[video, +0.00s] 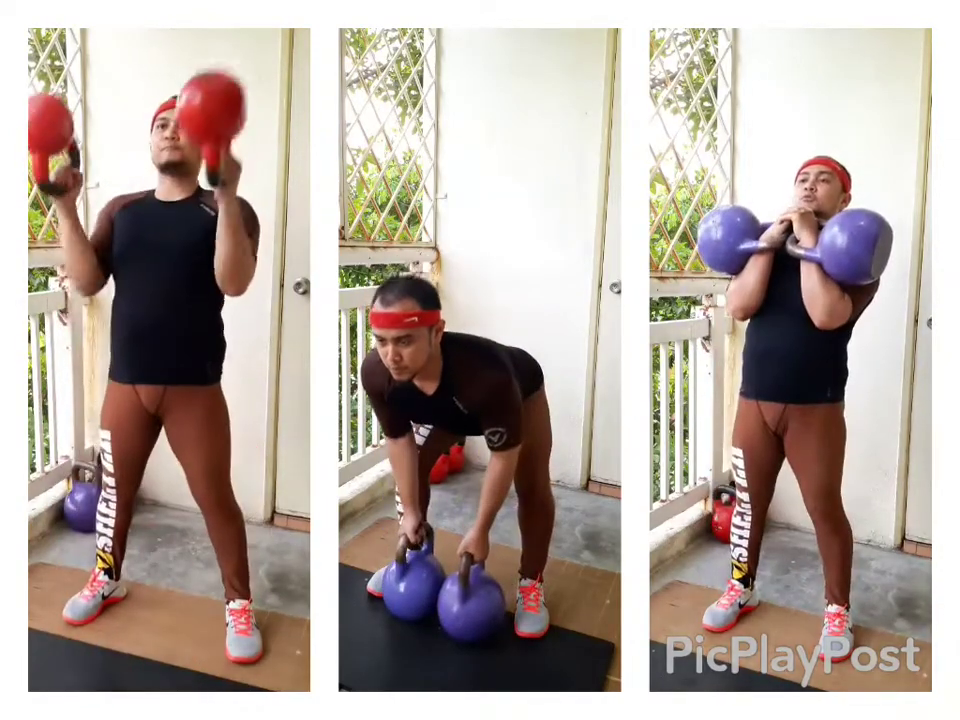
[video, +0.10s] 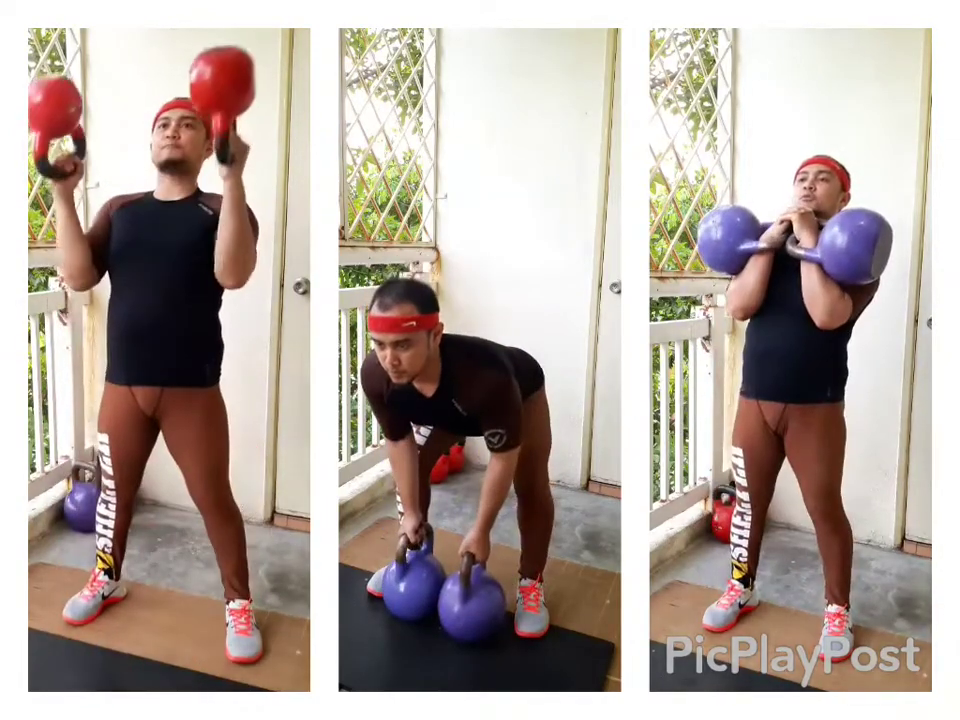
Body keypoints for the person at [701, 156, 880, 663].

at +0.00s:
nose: (809, 186)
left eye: (822, 180)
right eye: (802, 180)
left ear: (845, 198)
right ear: (791, 194)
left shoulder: (854, 257)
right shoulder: (768, 245)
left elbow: (828, 315)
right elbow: (738, 306)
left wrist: (806, 243)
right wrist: (768, 244)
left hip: (814, 407)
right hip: (754, 400)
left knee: (825, 513)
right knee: (749, 502)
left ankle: (836, 609)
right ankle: (740, 586)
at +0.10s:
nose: (807, 186)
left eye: (821, 179)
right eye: (801, 179)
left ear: (845, 197)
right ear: (791, 194)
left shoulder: (853, 257)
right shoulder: (768, 244)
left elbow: (829, 315)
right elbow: (738, 306)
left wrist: (807, 243)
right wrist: (768, 243)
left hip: (814, 406)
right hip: (754, 399)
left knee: (825, 512)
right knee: (749, 502)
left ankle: (836, 609)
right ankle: (740, 586)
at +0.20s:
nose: (807, 185)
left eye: (820, 179)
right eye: (801, 179)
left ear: (845, 196)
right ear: (791, 193)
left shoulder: (853, 256)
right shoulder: (768, 244)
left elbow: (828, 315)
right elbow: (737, 306)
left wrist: (806, 242)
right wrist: (768, 244)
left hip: (814, 406)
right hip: (754, 399)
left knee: (825, 512)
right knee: (749, 501)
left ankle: (836, 609)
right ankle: (740, 586)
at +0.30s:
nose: (807, 185)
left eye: (820, 179)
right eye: (801, 179)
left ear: (845, 196)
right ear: (791, 193)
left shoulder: (853, 257)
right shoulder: (768, 244)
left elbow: (828, 314)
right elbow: (736, 305)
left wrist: (805, 242)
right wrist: (768, 244)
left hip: (814, 407)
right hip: (755, 400)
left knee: (825, 512)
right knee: (749, 502)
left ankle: (836, 609)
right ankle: (740, 586)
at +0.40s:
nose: (806, 185)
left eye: (820, 179)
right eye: (800, 179)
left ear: (844, 196)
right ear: (790, 193)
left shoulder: (854, 257)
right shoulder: (768, 243)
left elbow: (828, 314)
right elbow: (736, 305)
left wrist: (806, 242)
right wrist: (768, 243)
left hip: (814, 406)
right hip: (754, 398)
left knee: (825, 512)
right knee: (749, 502)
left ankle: (837, 609)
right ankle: (740, 586)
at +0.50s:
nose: (805, 186)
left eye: (819, 179)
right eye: (800, 179)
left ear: (844, 196)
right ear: (790, 193)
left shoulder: (854, 257)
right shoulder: (768, 243)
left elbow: (828, 314)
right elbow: (735, 305)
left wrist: (805, 242)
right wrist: (767, 243)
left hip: (814, 406)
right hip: (754, 399)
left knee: (825, 512)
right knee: (749, 501)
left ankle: (837, 609)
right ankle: (740, 586)